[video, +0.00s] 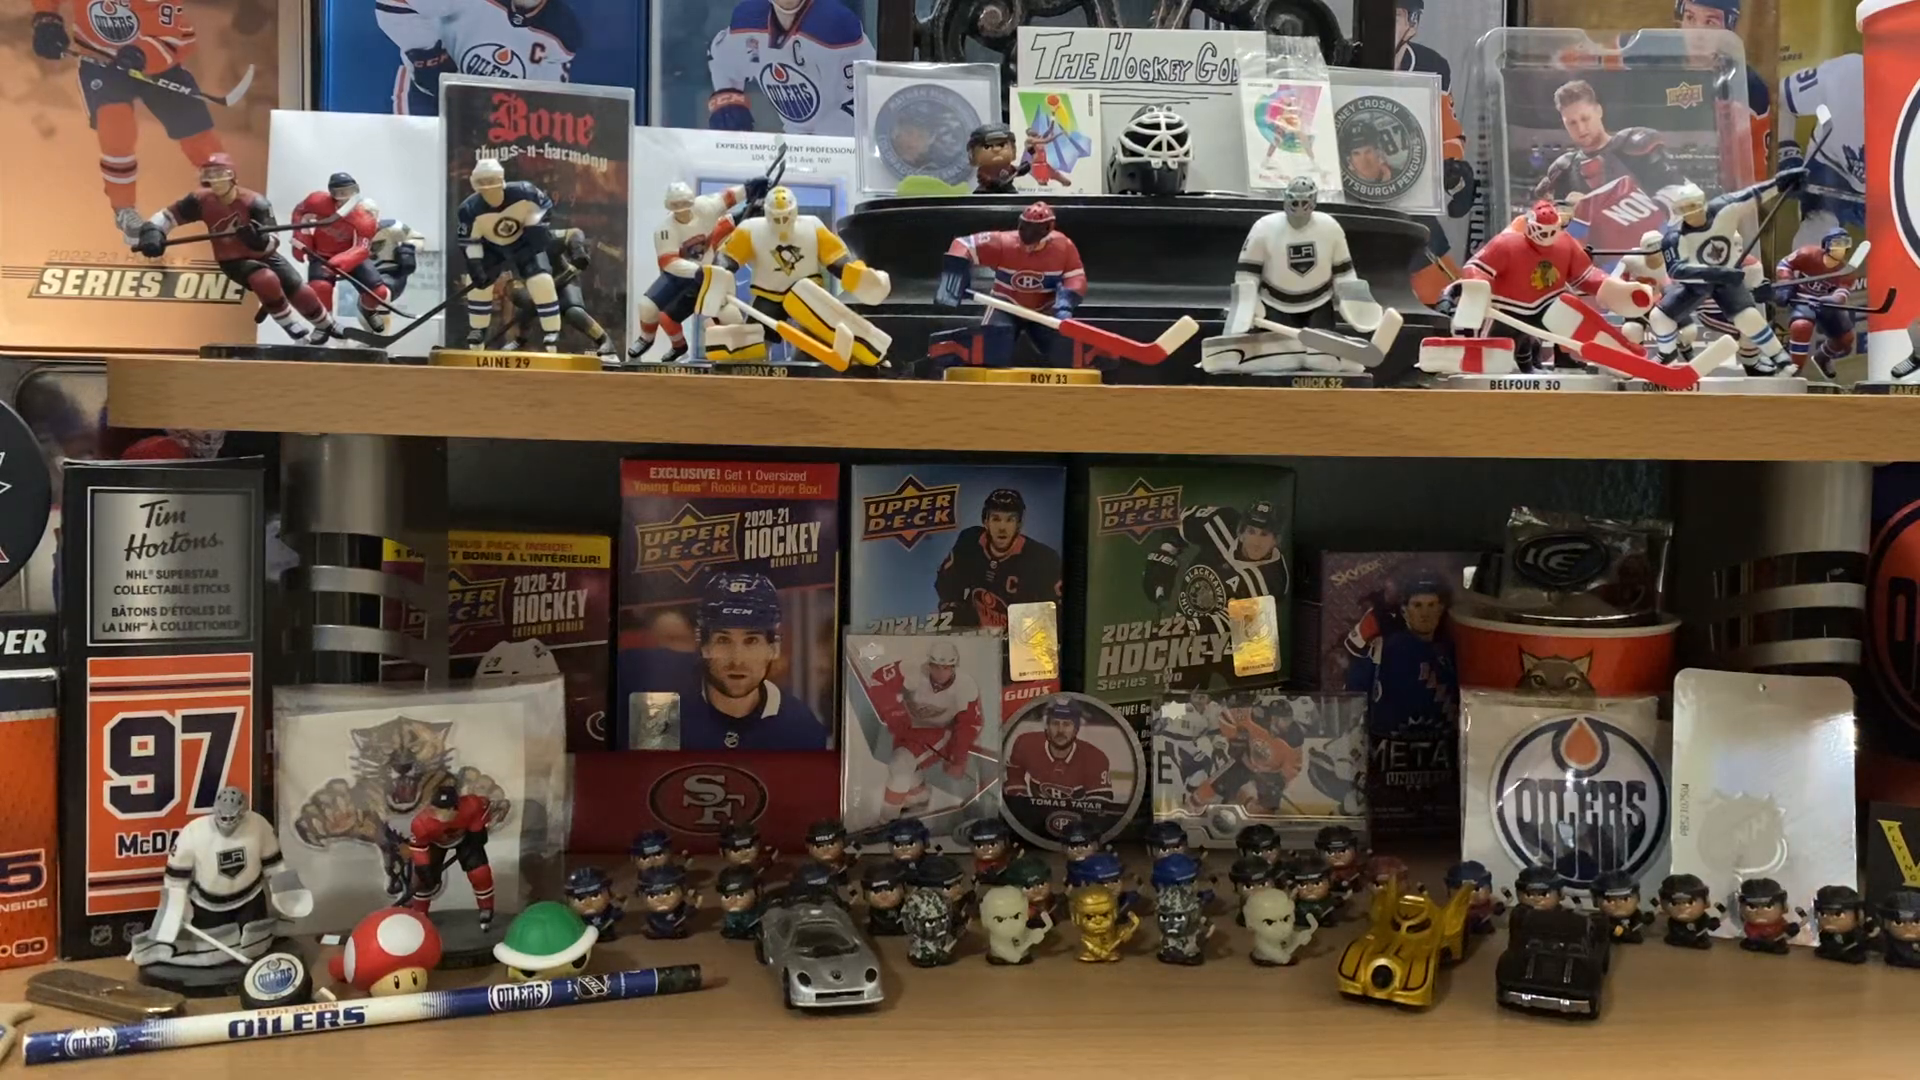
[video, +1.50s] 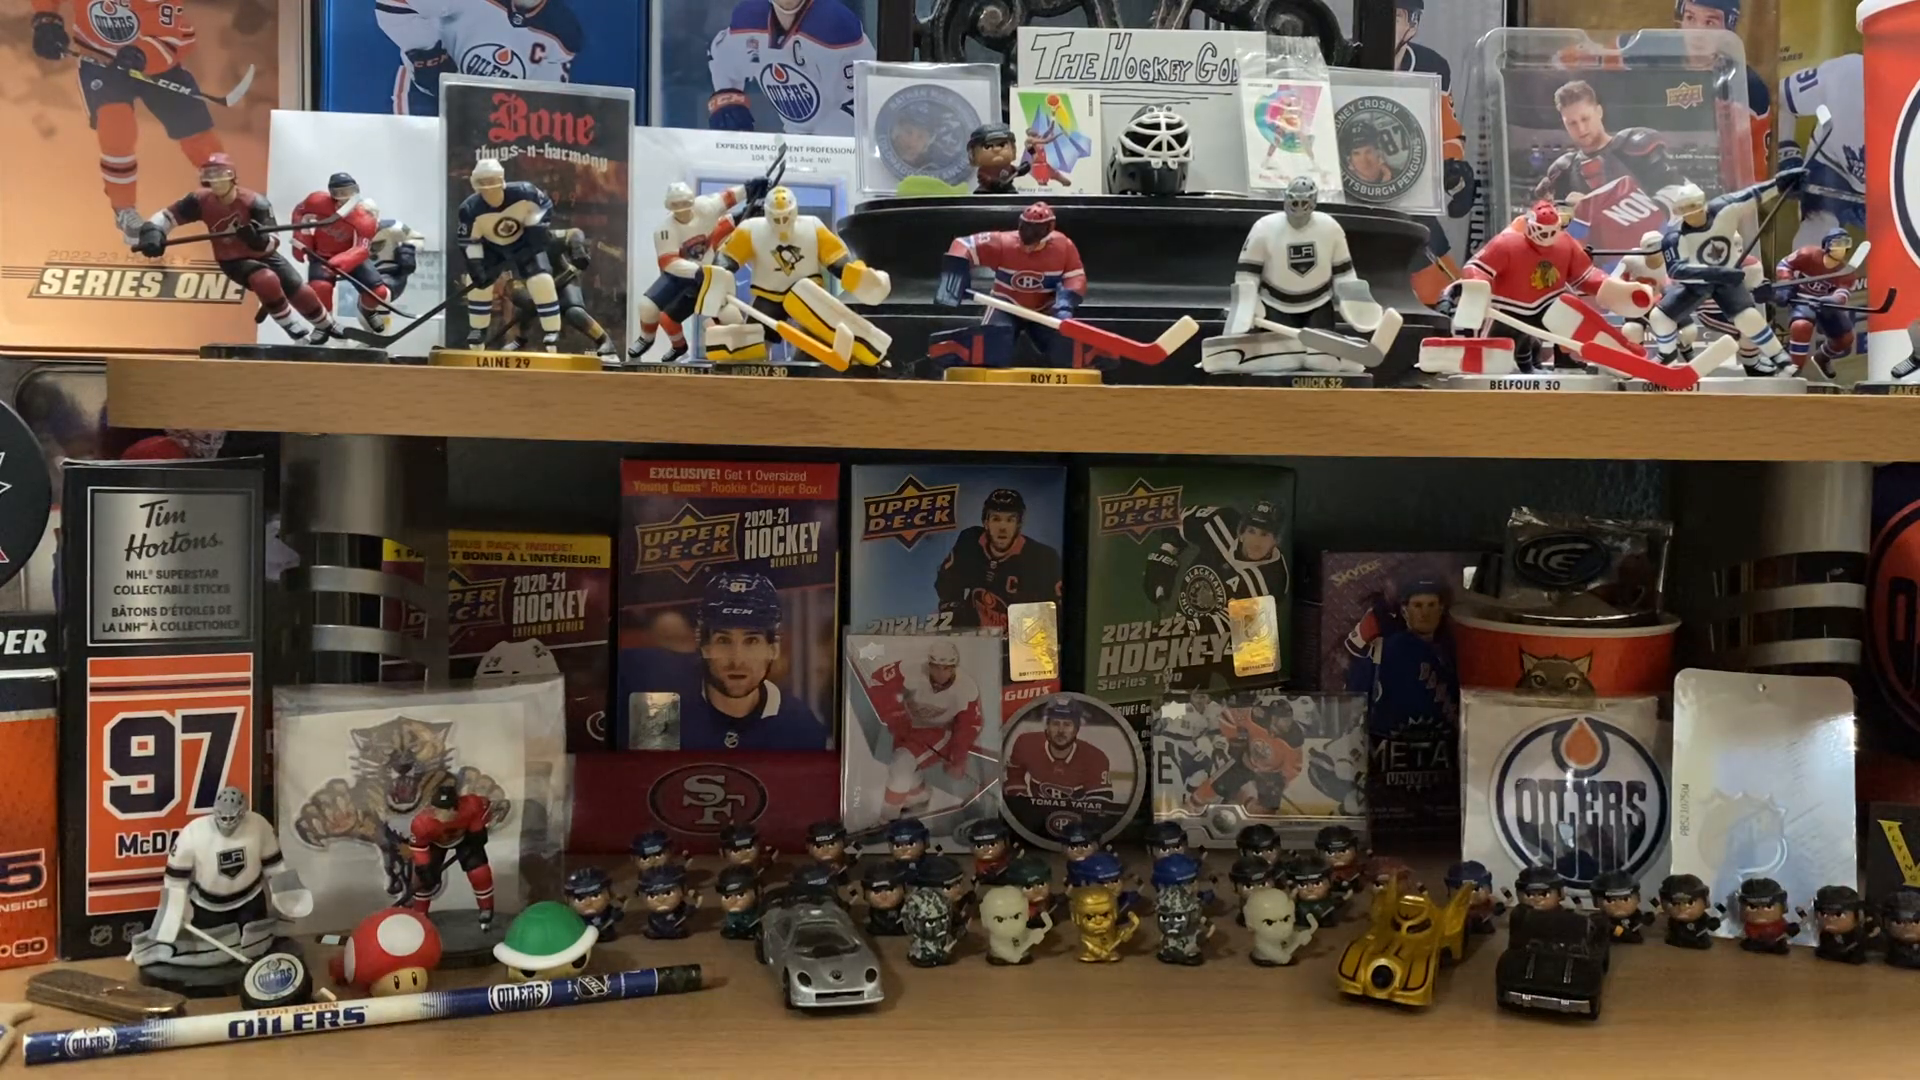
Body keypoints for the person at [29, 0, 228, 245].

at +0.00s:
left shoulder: (161, 7)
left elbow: (180, 39)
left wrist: (142, 54)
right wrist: (46, 18)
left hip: (156, 61)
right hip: (99, 61)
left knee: (203, 144)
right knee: (118, 127)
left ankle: (231, 203)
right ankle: (125, 211)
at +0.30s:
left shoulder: (160, 7)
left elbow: (178, 38)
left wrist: (142, 54)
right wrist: (46, 18)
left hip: (156, 61)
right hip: (100, 61)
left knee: (203, 144)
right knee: (118, 127)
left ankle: (231, 204)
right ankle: (125, 211)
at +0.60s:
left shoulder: (161, 7)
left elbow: (177, 38)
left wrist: (141, 53)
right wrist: (46, 18)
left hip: (157, 61)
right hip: (100, 61)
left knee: (202, 143)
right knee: (118, 127)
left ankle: (231, 204)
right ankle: (125, 211)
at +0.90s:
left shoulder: (162, 7)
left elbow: (175, 39)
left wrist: (141, 54)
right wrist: (46, 18)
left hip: (157, 61)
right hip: (100, 61)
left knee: (203, 143)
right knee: (118, 128)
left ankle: (231, 204)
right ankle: (125, 211)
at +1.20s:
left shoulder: (161, 7)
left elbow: (175, 39)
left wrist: (141, 54)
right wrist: (46, 18)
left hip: (156, 60)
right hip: (99, 60)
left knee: (202, 142)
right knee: (118, 127)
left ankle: (231, 204)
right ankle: (125, 211)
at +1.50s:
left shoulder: (162, 5)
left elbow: (172, 38)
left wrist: (140, 54)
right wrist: (46, 18)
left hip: (158, 61)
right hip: (99, 60)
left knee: (203, 145)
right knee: (118, 129)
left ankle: (231, 205)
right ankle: (125, 211)